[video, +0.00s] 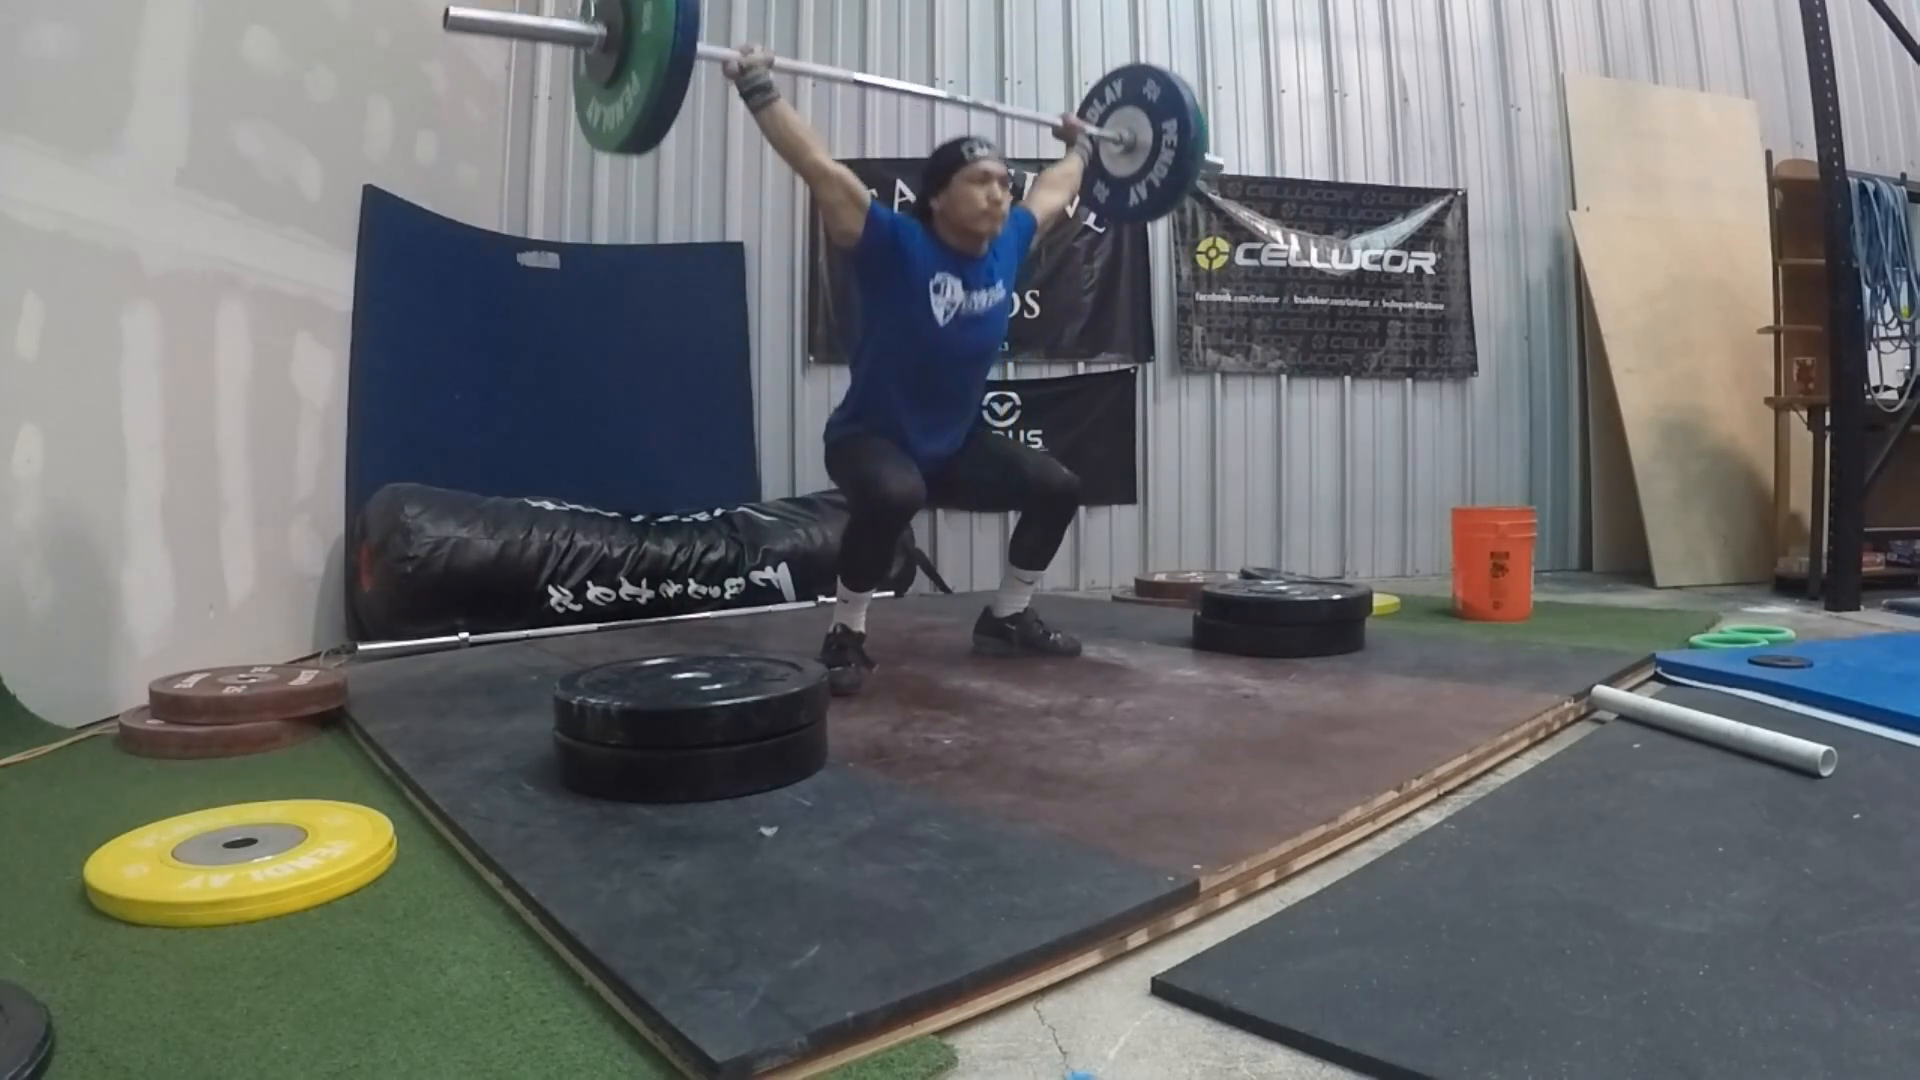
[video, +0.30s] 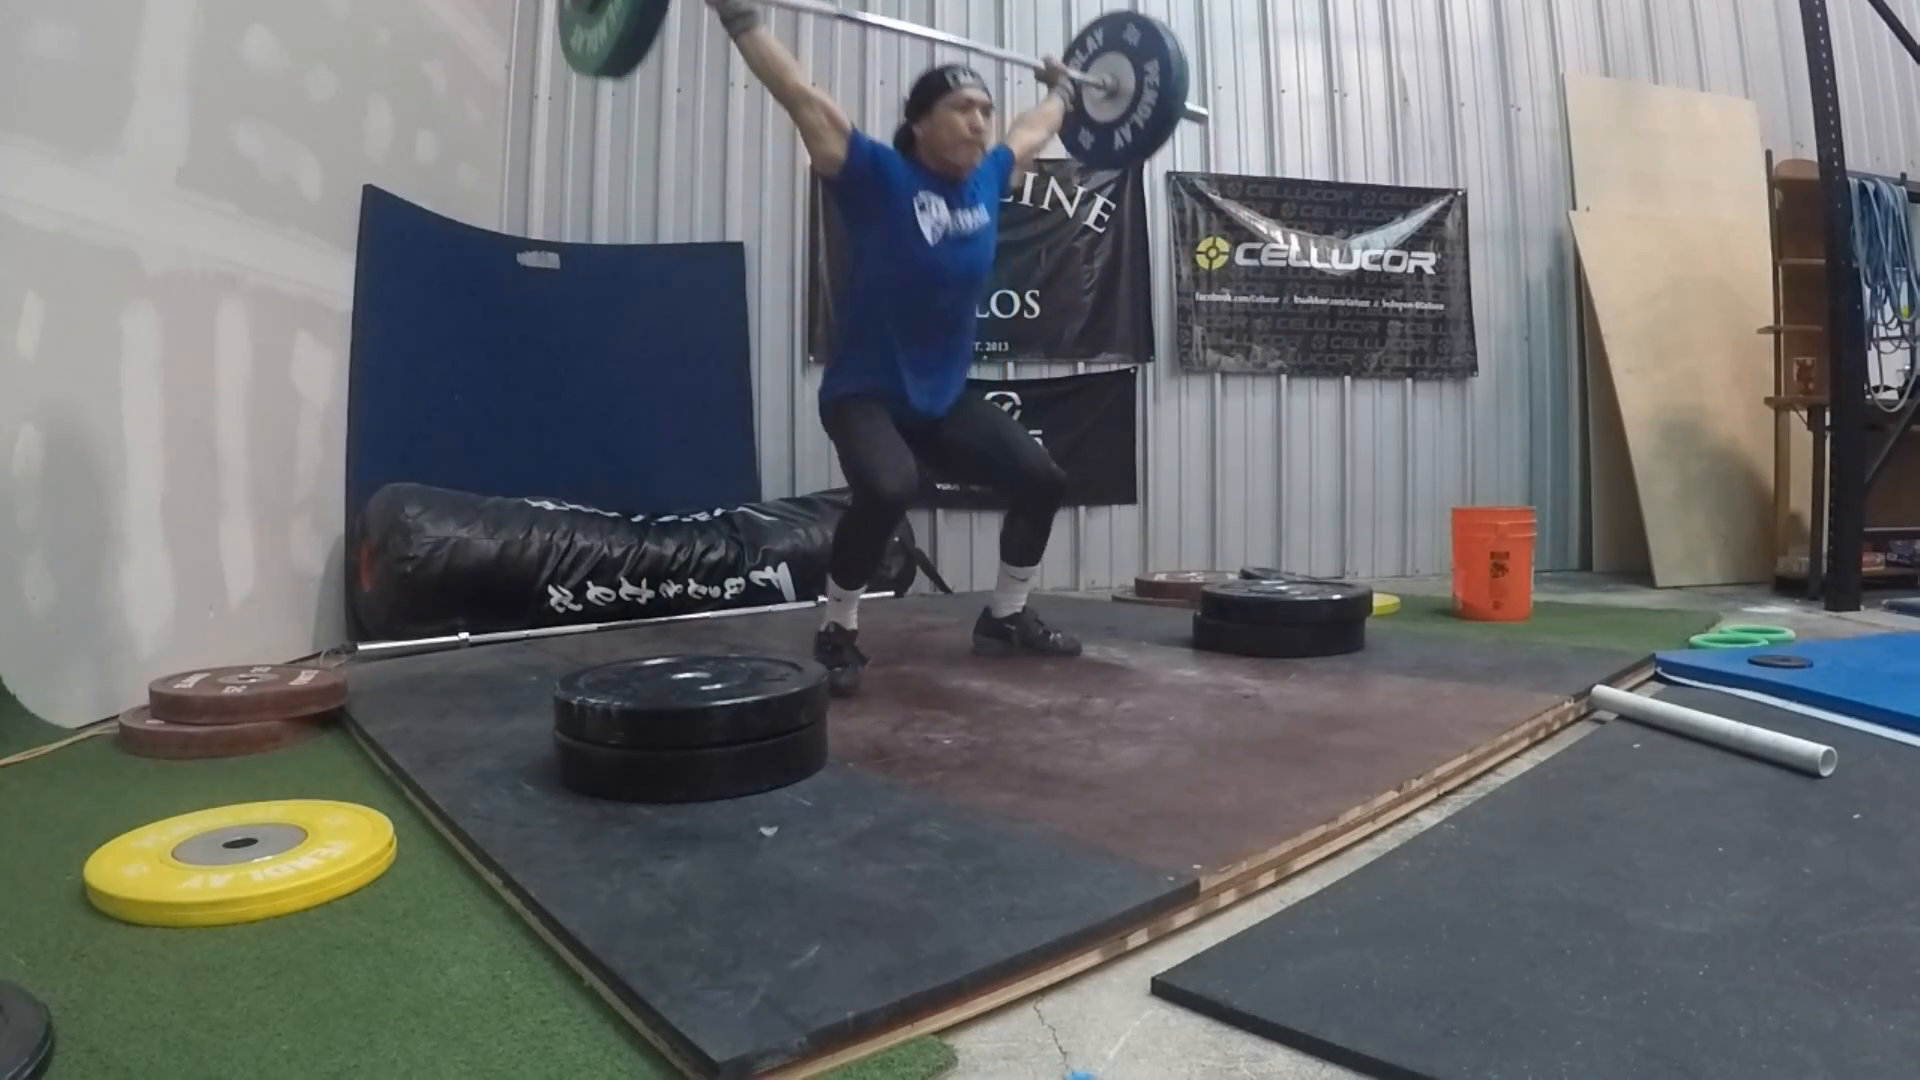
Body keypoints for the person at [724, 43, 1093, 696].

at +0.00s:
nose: (998, 194)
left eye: (1001, 184)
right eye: (982, 182)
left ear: (1006, 200)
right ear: (938, 197)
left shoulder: (1006, 247)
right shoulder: (890, 244)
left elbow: (1052, 192)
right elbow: (820, 171)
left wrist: (1080, 148)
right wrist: (759, 87)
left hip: (954, 446)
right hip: (871, 439)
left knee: (1057, 487)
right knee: (895, 493)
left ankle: (1006, 616)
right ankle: (846, 633)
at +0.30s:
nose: (980, 126)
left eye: (985, 113)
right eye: (963, 112)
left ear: (988, 127)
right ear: (919, 125)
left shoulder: (987, 176)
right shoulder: (872, 173)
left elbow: (1034, 132)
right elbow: (802, 100)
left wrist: (1066, 89)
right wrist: (740, 20)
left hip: (943, 395)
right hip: (863, 392)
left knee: (1041, 480)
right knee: (890, 488)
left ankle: (1005, 615)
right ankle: (838, 629)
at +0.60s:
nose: (938, 49)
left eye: (944, 39)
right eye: (925, 33)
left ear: (946, 53)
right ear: (879, 40)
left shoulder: (945, 100)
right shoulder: (834, 86)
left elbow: (996, 59)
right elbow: (768, 15)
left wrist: (1032, 20)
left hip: (912, 329)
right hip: (832, 323)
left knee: (952, 461)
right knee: (839, 464)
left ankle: (965, 610)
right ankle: (825, 630)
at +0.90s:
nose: (907, 52)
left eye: (913, 42)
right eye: (894, 38)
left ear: (917, 54)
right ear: (851, 42)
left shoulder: (920, 100)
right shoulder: (812, 92)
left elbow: (976, 53)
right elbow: (752, 24)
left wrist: (1020, 18)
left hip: (902, 321)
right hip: (829, 319)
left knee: (889, 464)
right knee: (833, 461)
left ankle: (875, 612)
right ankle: (826, 629)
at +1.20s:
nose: (846, 91)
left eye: (852, 81)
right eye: (832, 78)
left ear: (856, 86)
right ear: (792, 82)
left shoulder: (869, 144)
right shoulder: (763, 139)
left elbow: (938, 161)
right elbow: (683, 140)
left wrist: (996, 117)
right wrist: (691, 66)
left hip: (883, 328)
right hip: (812, 330)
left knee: (883, 465)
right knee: (817, 454)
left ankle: (879, 614)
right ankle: (805, 612)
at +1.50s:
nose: (805, 122)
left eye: (811, 112)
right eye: (793, 110)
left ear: (815, 116)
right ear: (753, 112)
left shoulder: (821, 185)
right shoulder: (716, 176)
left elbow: (839, 268)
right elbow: (694, 257)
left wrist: (876, 337)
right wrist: (749, 307)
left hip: (813, 361)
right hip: (742, 362)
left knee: (835, 476)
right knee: (738, 483)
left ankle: (868, 609)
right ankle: (686, 586)